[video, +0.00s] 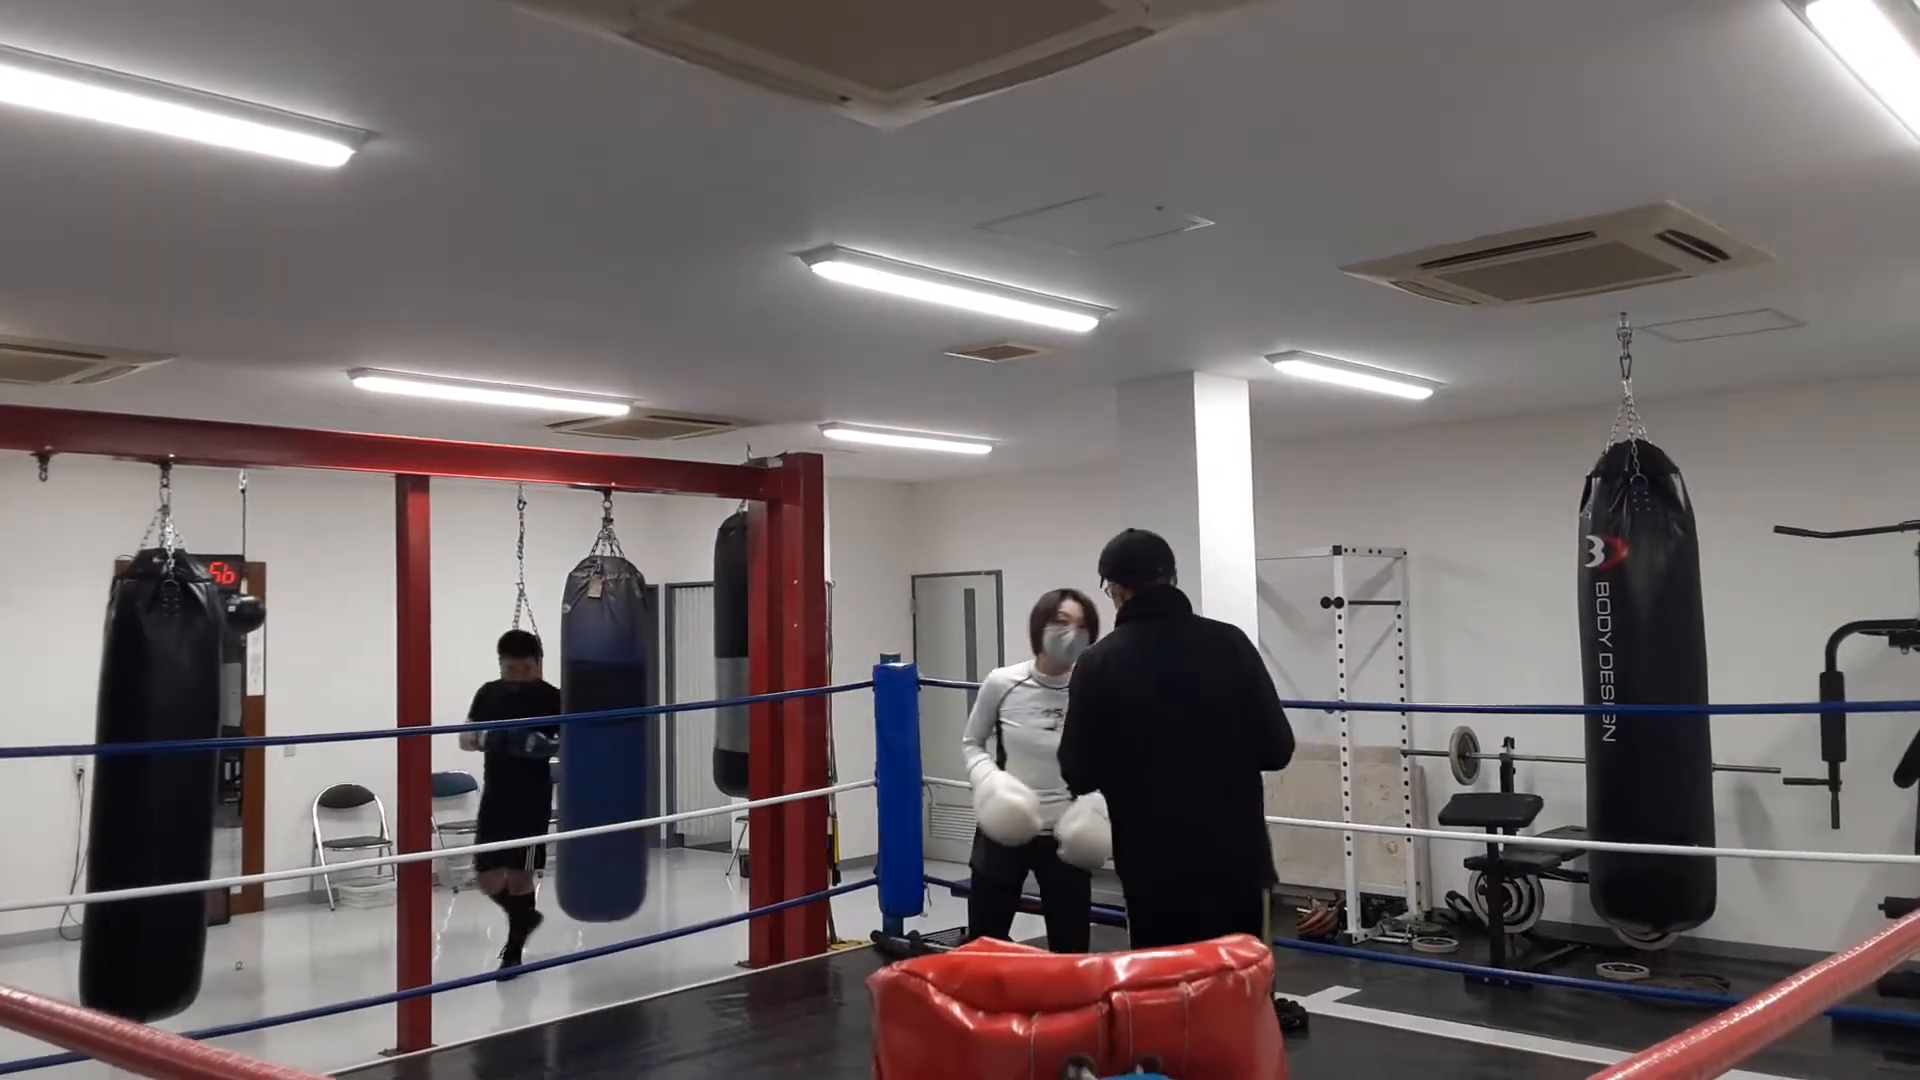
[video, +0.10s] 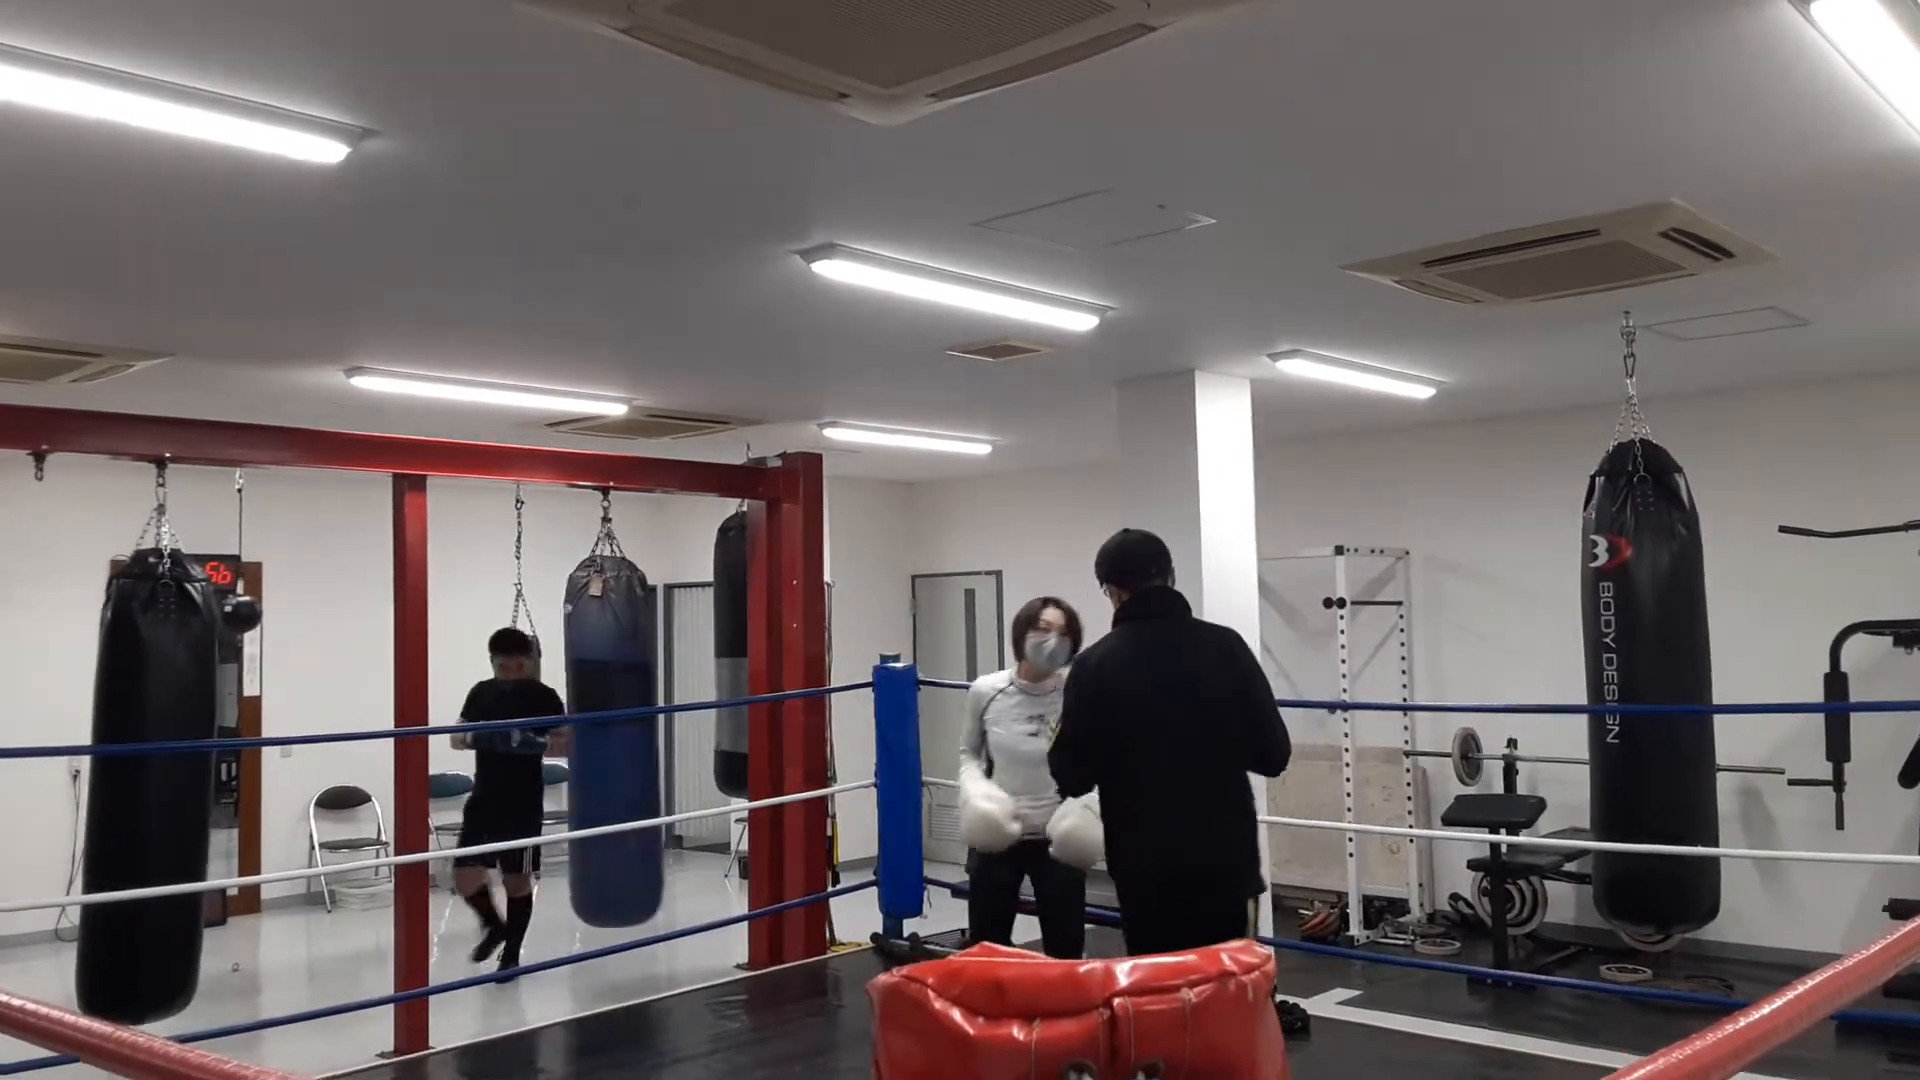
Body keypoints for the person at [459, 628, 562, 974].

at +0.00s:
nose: (514, 675)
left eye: (522, 668)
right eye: (508, 667)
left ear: (538, 663)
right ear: (501, 664)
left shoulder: (553, 698)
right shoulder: (489, 693)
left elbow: (572, 739)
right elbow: (465, 739)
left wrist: (551, 745)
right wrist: (488, 740)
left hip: (534, 791)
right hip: (497, 790)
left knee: (520, 874)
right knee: (487, 874)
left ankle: (512, 951)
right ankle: (523, 915)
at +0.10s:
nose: (509, 672)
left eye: (517, 665)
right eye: (502, 665)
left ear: (531, 662)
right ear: (494, 663)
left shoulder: (543, 696)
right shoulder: (481, 693)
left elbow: (566, 743)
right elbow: (457, 739)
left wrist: (534, 742)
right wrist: (479, 736)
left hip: (524, 796)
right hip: (484, 794)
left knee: (516, 876)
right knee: (466, 874)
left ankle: (512, 953)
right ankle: (495, 927)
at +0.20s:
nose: (502, 671)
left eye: (509, 663)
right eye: (495, 664)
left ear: (523, 660)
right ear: (487, 663)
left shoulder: (538, 696)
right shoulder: (476, 693)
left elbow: (556, 746)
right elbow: (451, 741)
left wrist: (525, 740)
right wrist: (475, 735)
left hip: (519, 797)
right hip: (478, 795)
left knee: (516, 876)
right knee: (455, 872)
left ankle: (512, 954)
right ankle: (462, 947)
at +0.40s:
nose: (483, 676)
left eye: (490, 668)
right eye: (476, 669)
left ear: (501, 665)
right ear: (466, 667)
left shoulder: (518, 700)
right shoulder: (456, 699)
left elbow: (537, 751)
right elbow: (435, 747)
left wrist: (507, 745)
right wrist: (447, 744)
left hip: (501, 803)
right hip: (459, 803)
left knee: (503, 879)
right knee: (444, 884)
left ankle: (511, 954)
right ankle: (433, 969)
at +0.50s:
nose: (471, 677)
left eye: (478, 668)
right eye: (463, 669)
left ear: (490, 663)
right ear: (453, 666)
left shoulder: (507, 699)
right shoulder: (439, 701)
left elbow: (527, 750)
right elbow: (421, 748)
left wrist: (492, 747)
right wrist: (441, 746)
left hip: (490, 804)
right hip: (447, 804)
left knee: (490, 880)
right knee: (438, 884)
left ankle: (508, 951)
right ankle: (430, 968)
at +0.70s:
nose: (459, 673)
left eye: (465, 664)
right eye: (451, 666)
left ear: (474, 662)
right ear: (435, 665)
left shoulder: (490, 699)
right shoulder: (422, 700)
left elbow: (513, 749)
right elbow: (390, 753)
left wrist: (485, 744)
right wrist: (426, 746)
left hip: (473, 806)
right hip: (427, 808)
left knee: (473, 885)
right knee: (428, 890)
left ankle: (483, 954)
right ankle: (429, 969)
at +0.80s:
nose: (459, 674)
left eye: (465, 665)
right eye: (451, 666)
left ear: (472, 663)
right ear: (432, 664)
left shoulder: (483, 698)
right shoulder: (410, 699)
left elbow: (507, 748)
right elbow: (383, 752)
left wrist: (484, 742)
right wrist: (424, 747)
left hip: (468, 807)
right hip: (423, 808)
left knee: (465, 888)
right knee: (425, 893)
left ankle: (462, 976)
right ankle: (430, 974)